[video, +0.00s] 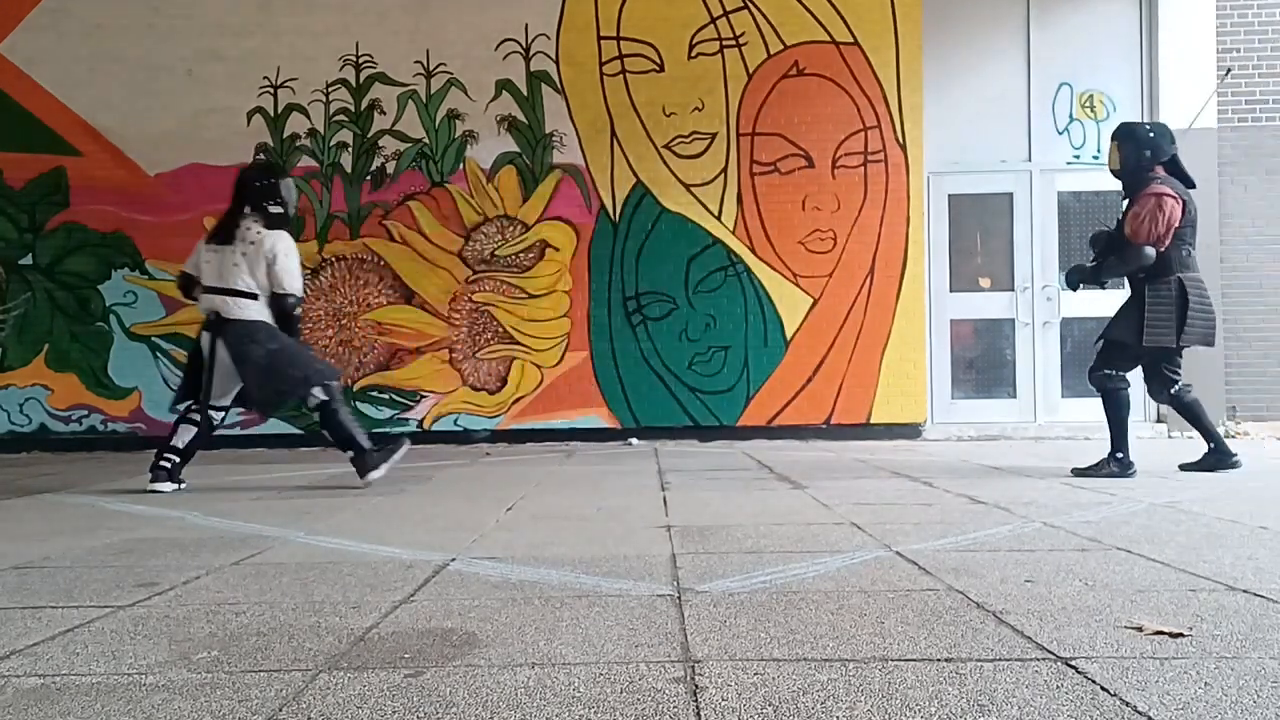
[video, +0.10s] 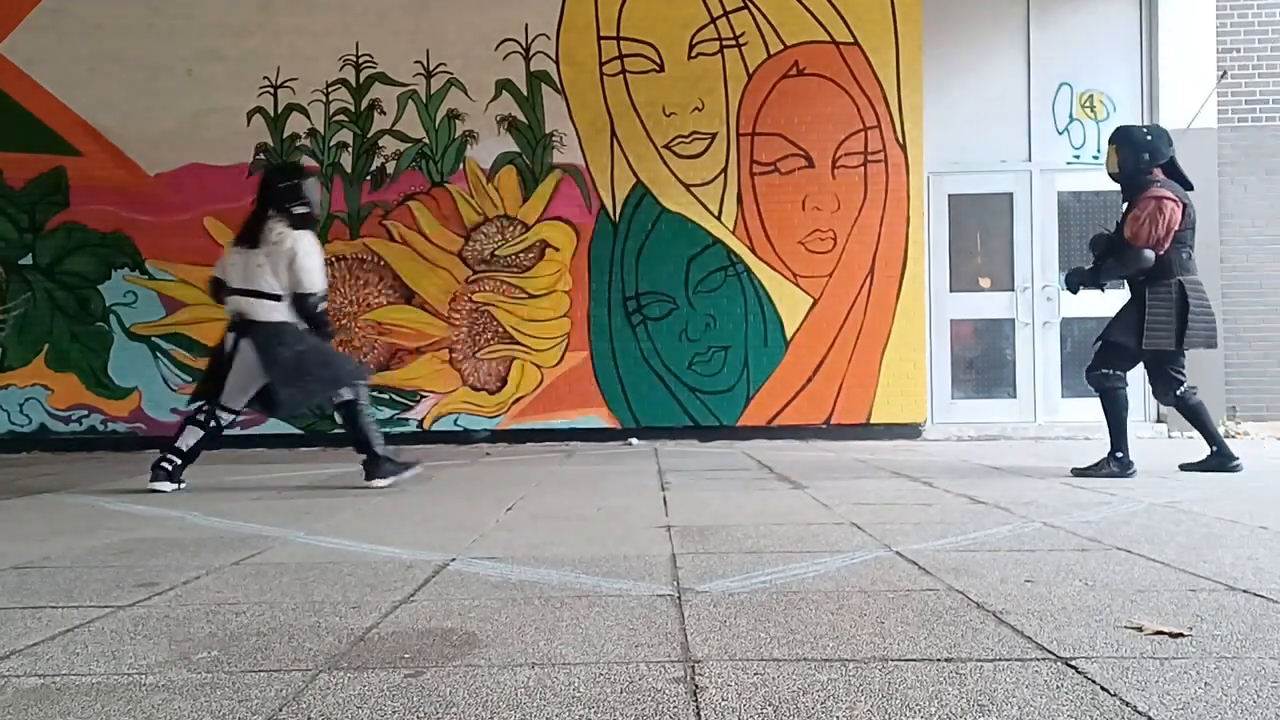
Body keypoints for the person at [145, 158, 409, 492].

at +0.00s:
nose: (291, 199)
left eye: (288, 190)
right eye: (285, 191)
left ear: (244, 196)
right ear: (271, 197)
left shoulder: (217, 233)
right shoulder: (277, 239)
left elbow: (186, 282)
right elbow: (285, 305)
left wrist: (218, 302)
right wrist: (293, 351)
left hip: (214, 335)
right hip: (257, 338)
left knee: (205, 406)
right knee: (320, 384)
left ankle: (164, 469)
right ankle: (365, 456)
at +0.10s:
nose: (317, 198)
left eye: (315, 190)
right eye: (311, 191)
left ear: (267, 198)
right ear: (296, 198)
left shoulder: (245, 237)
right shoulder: (300, 239)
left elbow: (218, 287)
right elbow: (310, 301)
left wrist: (252, 306)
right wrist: (325, 332)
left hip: (244, 338)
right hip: (284, 339)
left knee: (222, 407)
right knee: (348, 381)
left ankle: (167, 468)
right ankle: (377, 461)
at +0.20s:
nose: (346, 191)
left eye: (341, 183)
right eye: (339, 184)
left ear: (298, 193)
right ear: (326, 192)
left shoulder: (278, 233)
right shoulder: (331, 233)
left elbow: (260, 290)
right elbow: (343, 294)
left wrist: (302, 291)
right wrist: (363, 309)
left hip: (281, 332)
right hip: (321, 333)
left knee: (243, 405)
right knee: (384, 379)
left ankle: (183, 464)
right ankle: (389, 465)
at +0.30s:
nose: (374, 185)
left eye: (371, 178)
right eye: (368, 178)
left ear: (326, 186)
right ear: (355, 185)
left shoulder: (305, 227)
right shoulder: (363, 226)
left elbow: (297, 290)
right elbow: (378, 288)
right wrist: (402, 291)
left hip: (308, 328)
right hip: (349, 329)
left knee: (294, 396)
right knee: (410, 386)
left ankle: (253, 452)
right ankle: (391, 465)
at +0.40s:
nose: (396, 180)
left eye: (393, 172)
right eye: (391, 173)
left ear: (347, 181)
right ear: (380, 179)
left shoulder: (330, 220)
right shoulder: (385, 219)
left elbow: (321, 279)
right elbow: (400, 282)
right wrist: (416, 288)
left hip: (329, 322)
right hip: (369, 321)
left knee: (341, 388)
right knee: (423, 384)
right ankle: (393, 463)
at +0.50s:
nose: (416, 179)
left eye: (412, 170)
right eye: (409, 171)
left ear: (365, 178)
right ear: (395, 178)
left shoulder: (344, 220)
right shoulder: (402, 219)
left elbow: (333, 281)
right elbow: (418, 284)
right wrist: (434, 295)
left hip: (346, 318)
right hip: (388, 317)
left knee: (375, 391)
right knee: (458, 370)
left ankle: (361, 467)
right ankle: (417, 447)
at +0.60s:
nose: (431, 184)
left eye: (428, 176)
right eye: (425, 177)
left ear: (383, 184)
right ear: (414, 182)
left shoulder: (365, 223)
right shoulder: (423, 224)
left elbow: (359, 286)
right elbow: (436, 288)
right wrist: (457, 324)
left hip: (372, 327)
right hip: (411, 325)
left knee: (392, 400)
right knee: (478, 365)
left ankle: (364, 468)